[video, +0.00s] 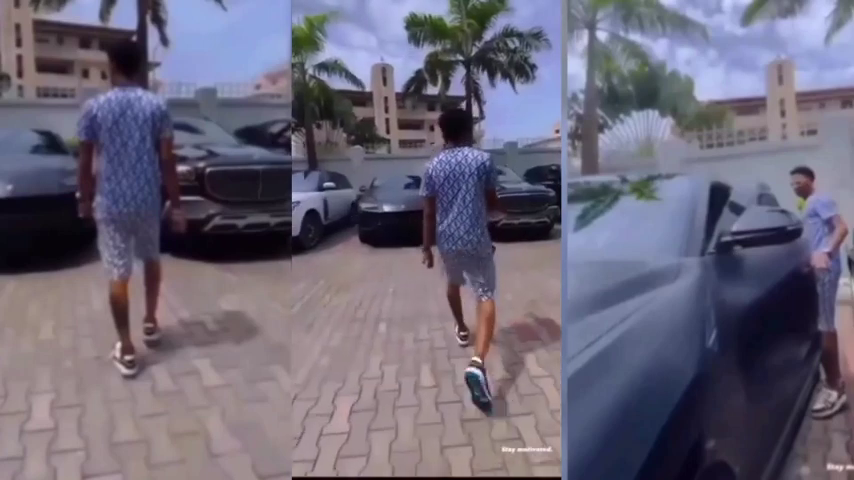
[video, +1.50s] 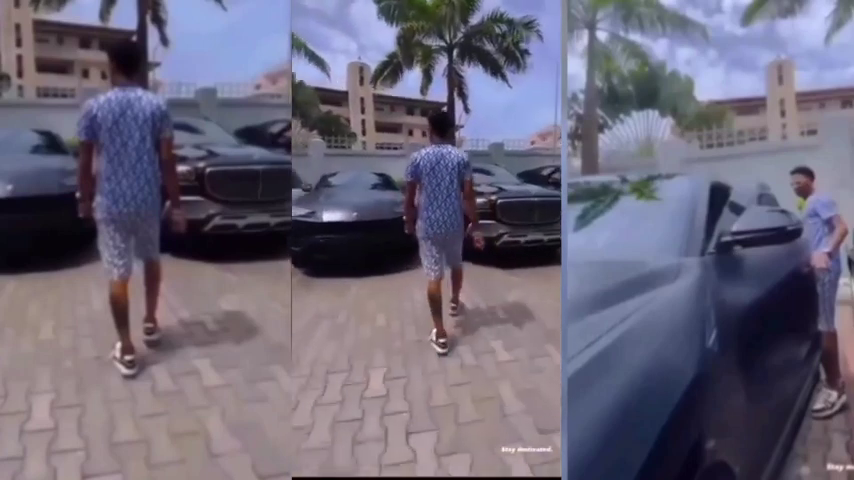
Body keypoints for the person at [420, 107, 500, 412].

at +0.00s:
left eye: (442, 129)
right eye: (469, 128)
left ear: (443, 132)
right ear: (470, 130)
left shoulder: (434, 165)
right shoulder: (482, 160)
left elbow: (429, 211)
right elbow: (491, 201)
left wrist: (426, 247)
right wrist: (501, 210)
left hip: (447, 240)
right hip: (476, 239)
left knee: (453, 284)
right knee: (486, 295)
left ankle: (462, 329)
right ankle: (478, 360)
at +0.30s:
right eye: (469, 127)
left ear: (443, 131)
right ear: (468, 129)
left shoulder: (433, 160)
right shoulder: (479, 159)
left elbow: (426, 203)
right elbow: (489, 202)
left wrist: (431, 229)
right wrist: (500, 239)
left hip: (442, 231)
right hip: (471, 230)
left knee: (452, 290)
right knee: (475, 274)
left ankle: (461, 353)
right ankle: (474, 316)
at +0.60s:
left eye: (452, 130)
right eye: (469, 130)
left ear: (450, 132)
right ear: (472, 133)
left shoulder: (439, 161)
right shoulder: (481, 161)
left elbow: (432, 200)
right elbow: (490, 201)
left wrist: (429, 230)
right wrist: (496, 236)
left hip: (447, 229)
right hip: (473, 229)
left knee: (444, 276)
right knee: (471, 273)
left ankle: (452, 327)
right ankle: (464, 317)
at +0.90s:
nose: (454, 133)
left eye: (449, 128)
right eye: (466, 128)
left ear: (447, 130)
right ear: (470, 130)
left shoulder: (438, 158)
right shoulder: (480, 156)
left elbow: (432, 198)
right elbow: (489, 192)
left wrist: (430, 230)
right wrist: (489, 209)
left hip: (447, 222)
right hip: (472, 223)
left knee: (445, 263)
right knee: (471, 280)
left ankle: (448, 303)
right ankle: (464, 338)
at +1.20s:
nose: (437, 133)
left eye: (437, 129)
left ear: (437, 130)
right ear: (461, 129)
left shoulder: (430, 159)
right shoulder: (471, 155)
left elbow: (426, 199)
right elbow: (478, 192)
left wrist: (423, 230)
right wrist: (478, 219)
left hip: (441, 223)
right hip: (467, 223)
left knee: (442, 271)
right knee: (471, 269)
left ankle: (448, 312)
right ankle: (467, 315)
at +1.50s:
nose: (429, 133)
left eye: (429, 129)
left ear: (430, 130)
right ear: (452, 130)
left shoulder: (419, 158)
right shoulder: (460, 158)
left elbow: (409, 195)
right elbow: (468, 194)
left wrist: (410, 221)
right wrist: (475, 225)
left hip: (428, 224)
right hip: (454, 224)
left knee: (434, 277)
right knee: (456, 263)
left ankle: (439, 332)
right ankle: (454, 300)